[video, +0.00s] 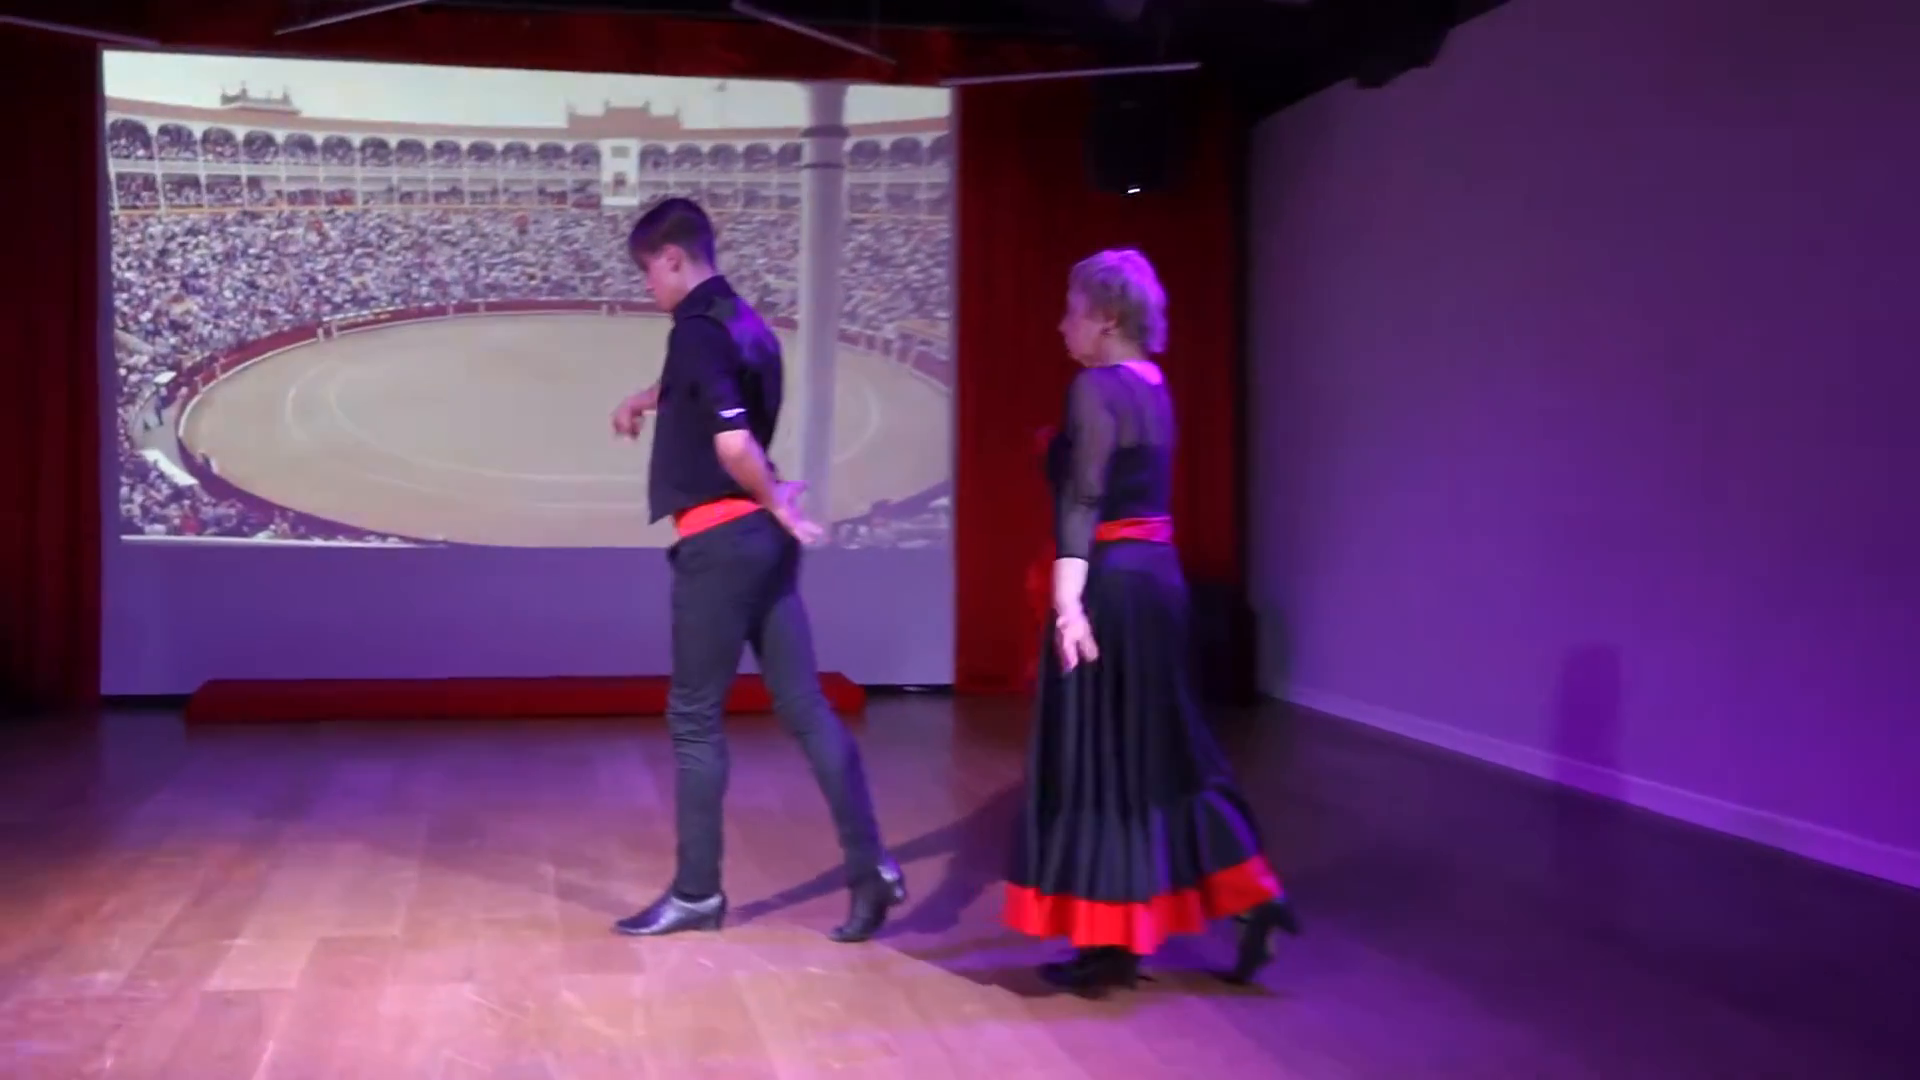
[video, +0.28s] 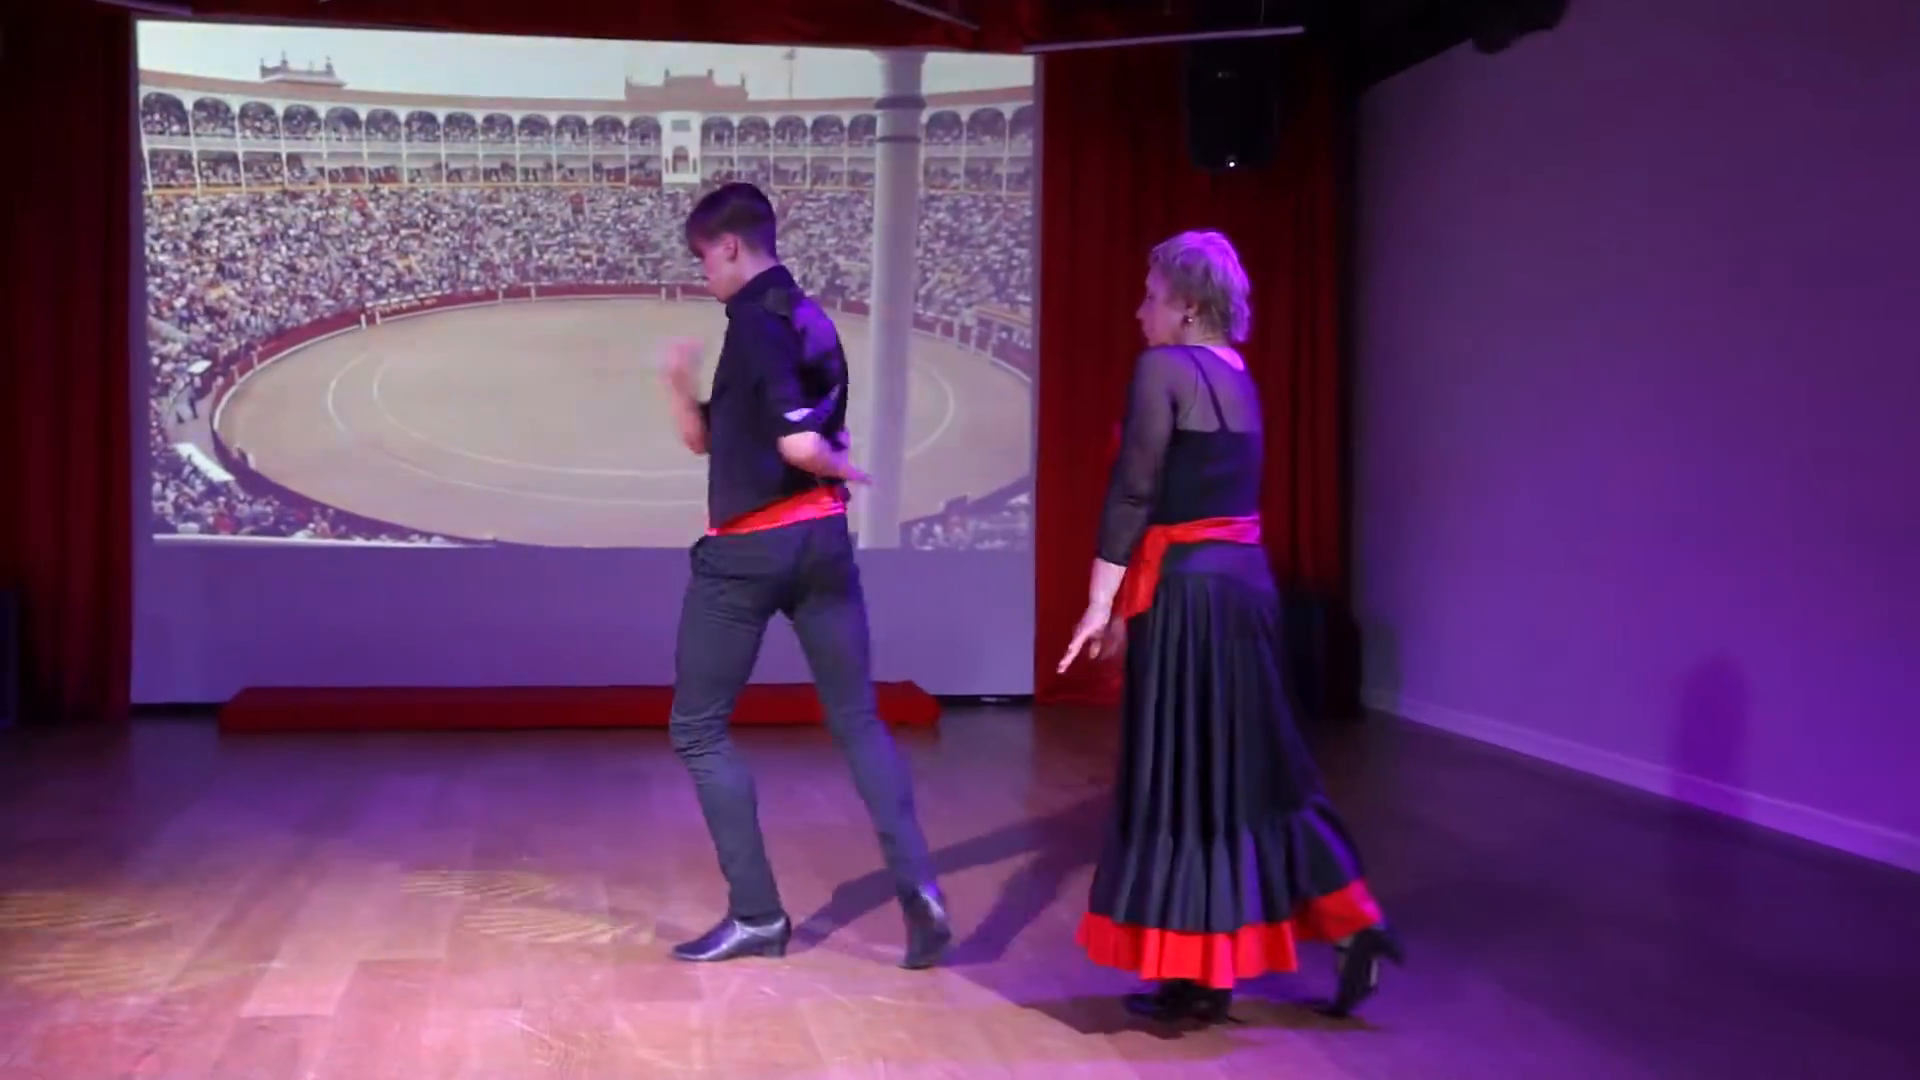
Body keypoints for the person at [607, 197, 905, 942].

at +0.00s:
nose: (647, 286)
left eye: (648, 271)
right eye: (644, 272)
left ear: (675, 260)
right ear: (694, 257)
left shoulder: (697, 330)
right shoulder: (739, 314)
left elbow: (731, 443)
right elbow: (703, 383)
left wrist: (777, 501)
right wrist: (649, 400)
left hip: (717, 549)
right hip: (760, 541)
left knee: (695, 722)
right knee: (805, 707)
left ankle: (697, 892)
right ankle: (872, 871)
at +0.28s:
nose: (701, 271)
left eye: (705, 255)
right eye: (698, 256)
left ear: (738, 247)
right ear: (761, 244)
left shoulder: (757, 319)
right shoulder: (797, 313)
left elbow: (797, 443)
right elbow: (709, 440)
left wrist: (837, 462)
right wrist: (680, 388)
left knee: (699, 728)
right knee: (857, 720)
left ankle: (757, 914)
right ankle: (921, 892)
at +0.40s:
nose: (694, 274)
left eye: (695, 257)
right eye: (691, 259)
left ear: (725, 244)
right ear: (757, 244)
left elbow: (700, 398)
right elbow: (854, 450)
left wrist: (740, 487)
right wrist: (792, 448)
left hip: (734, 548)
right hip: (802, 541)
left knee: (713, 733)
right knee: (765, 719)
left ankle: (757, 920)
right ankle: (827, 886)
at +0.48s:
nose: (678, 275)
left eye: (682, 257)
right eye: (676, 259)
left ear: (716, 242)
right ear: (739, 242)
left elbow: (647, 373)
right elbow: (876, 445)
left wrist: (634, 493)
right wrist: (818, 511)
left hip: (742, 539)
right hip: (793, 540)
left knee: (720, 725)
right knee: (724, 720)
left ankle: (760, 916)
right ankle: (758, 904)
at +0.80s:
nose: (661, 289)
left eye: (662, 268)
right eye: (655, 273)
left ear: (700, 245)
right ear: (718, 246)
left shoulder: (728, 310)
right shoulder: (802, 309)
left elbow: (652, 343)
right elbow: (867, 400)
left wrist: (556, 409)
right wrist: (827, 491)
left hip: (730, 534)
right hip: (780, 531)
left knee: (733, 728)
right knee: (735, 721)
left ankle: (760, 917)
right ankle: (759, 909)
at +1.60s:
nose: (649, 292)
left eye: (645, 278)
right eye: (642, 281)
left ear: (675, 252)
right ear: (699, 244)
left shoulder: (730, 304)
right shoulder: (791, 301)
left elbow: (661, 300)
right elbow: (858, 384)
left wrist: (570, 296)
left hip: (732, 546)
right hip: (787, 542)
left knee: (734, 727)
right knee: (774, 721)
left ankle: (753, 909)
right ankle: (801, 905)